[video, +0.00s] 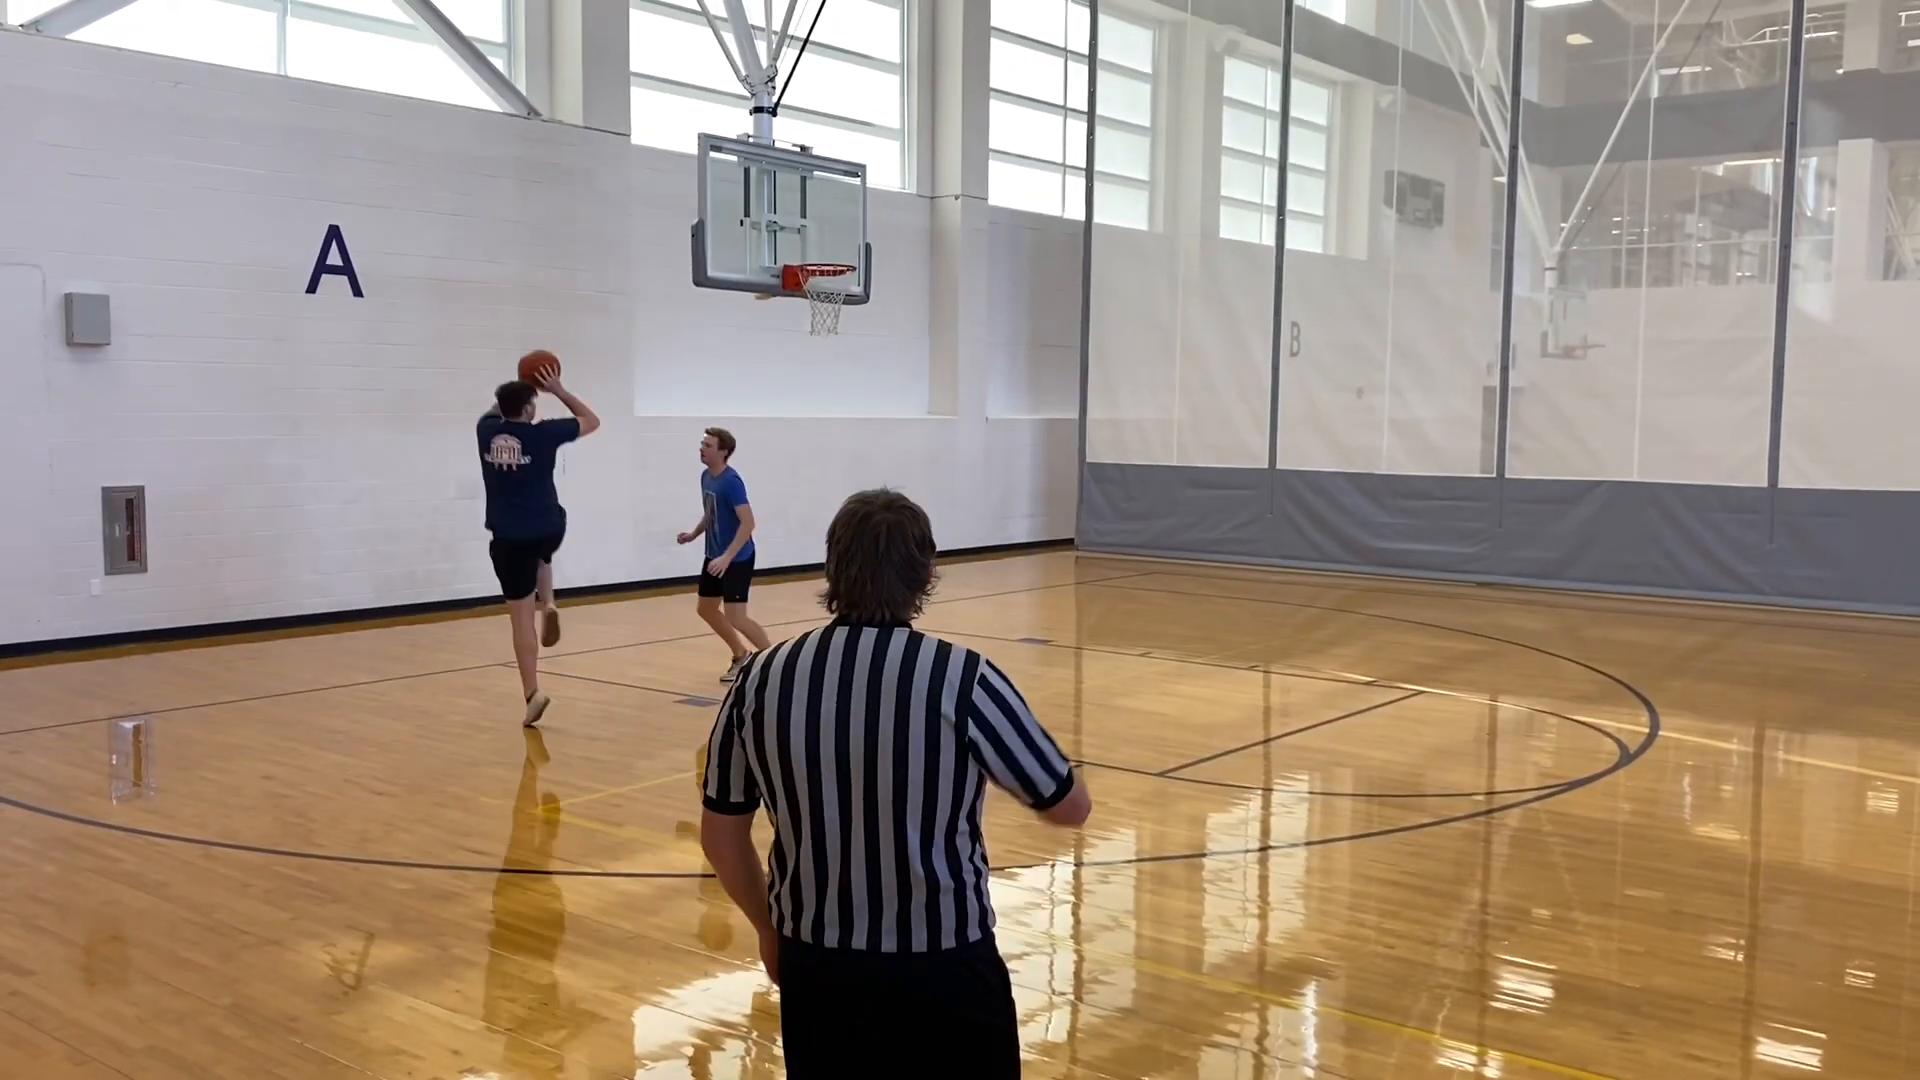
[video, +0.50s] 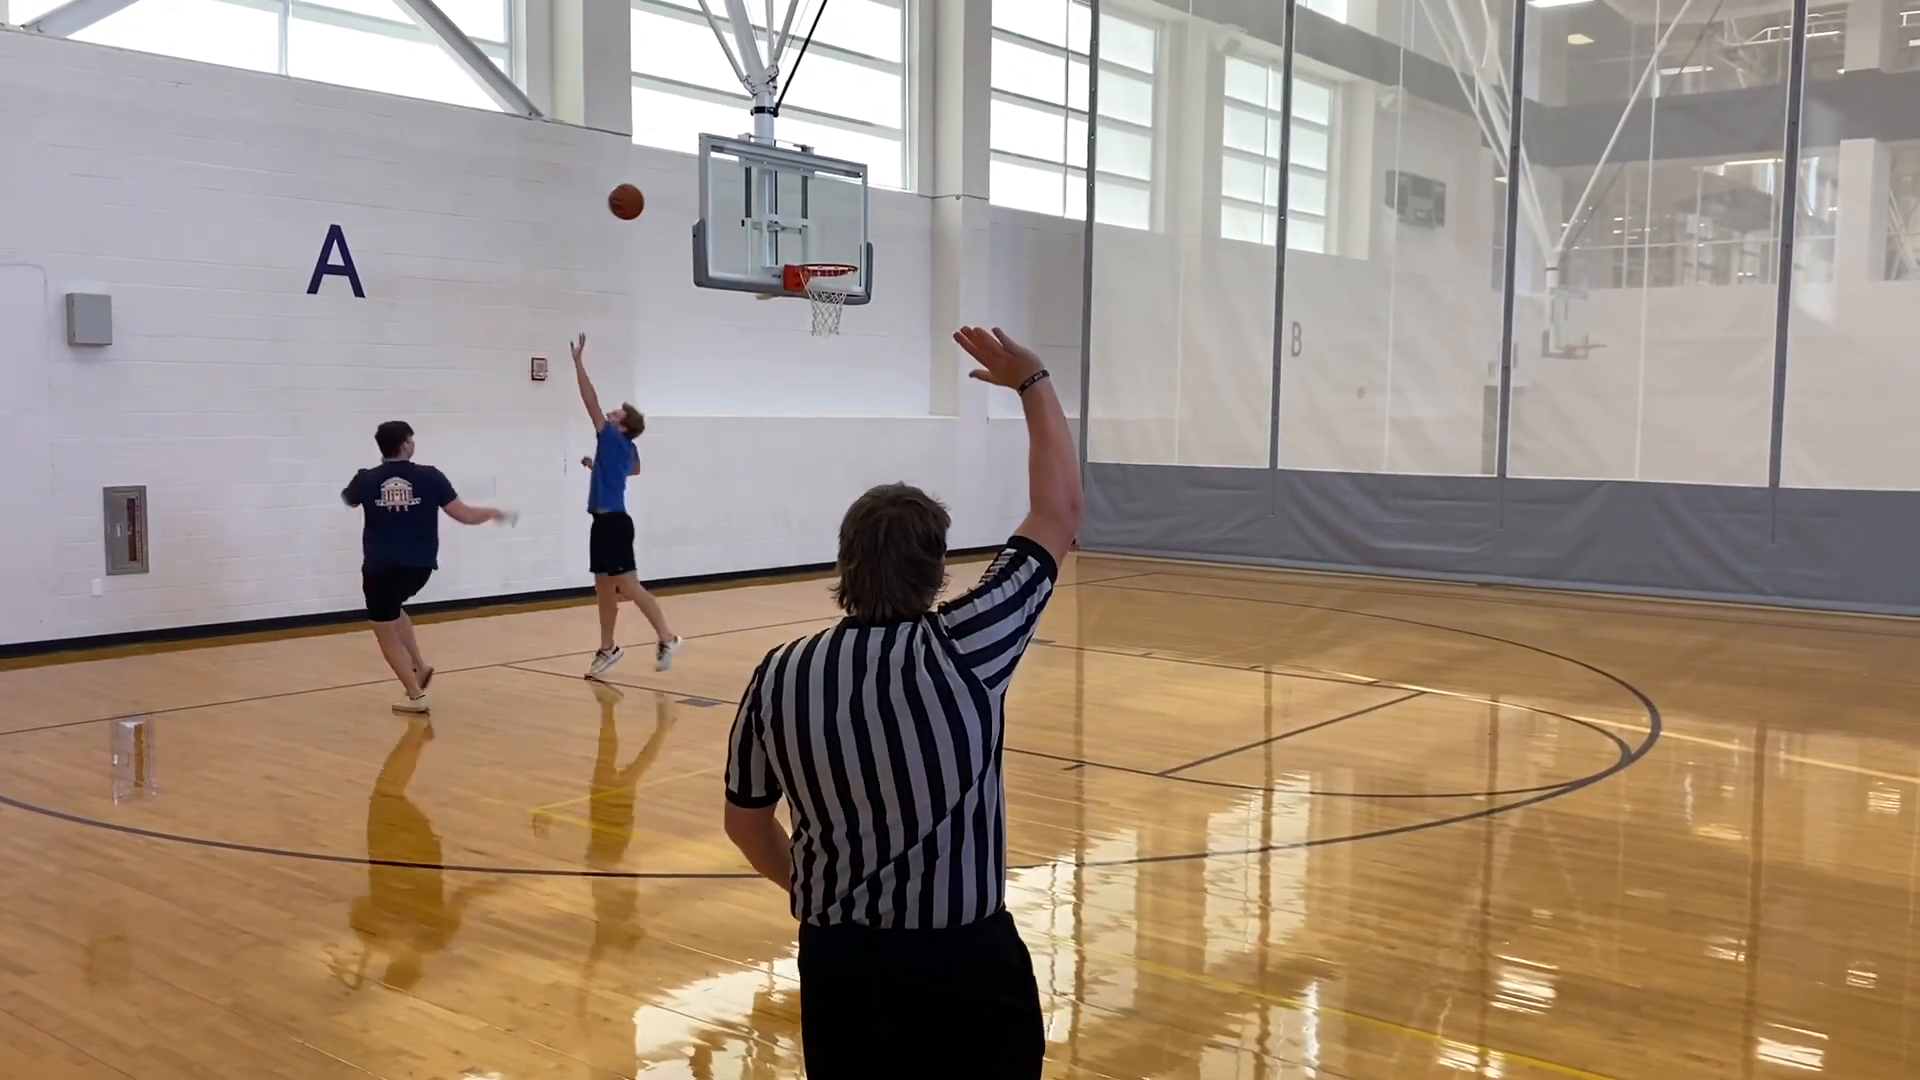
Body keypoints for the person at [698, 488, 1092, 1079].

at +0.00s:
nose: (930, 571)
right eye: (928, 560)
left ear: (832, 569)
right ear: (923, 574)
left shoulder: (760, 679)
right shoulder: (963, 677)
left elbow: (721, 833)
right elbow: (1070, 807)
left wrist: (767, 924)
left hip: (817, 980)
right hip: (949, 978)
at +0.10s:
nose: (931, 571)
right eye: (928, 559)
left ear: (832, 569)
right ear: (922, 572)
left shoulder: (762, 678)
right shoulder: (964, 671)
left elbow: (725, 832)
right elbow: (1101, 712)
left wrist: (775, 912)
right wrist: (1044, 632)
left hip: (820, 975)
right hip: (950, 972)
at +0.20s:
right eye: (925, 557)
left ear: (830, 565)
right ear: (923, 570)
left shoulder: (766, 676)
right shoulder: (962, 661)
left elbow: (728, 827)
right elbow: (1094, 605)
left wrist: (790, 904)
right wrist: (1044, 509)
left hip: (822, 970)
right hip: (952, 965)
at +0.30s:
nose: (927, 566)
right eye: (926, 555)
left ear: (834, 570)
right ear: (925, 570)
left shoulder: (767, 678)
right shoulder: (960, 653)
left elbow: (733, 825)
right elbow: (1073, 545)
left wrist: (791, 894)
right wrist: (1042, 424)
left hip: (827, 971)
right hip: (958, 969)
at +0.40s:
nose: (931, 568)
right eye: (931, 556)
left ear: (839, 569)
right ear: (931, 568)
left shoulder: (774, 675)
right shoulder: (960, 648)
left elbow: (738, 819)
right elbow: (1059, 523)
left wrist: (799, 887)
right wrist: (1036, 391)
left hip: (834, 973)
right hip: (965, 969)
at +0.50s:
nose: (936, 566)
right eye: (936, 553)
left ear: (846, 568)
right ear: (937, 568)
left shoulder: (779, 675)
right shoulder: (962, 650)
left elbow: (746, 818)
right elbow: (1057, 516)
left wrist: (807, 885)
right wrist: (1035, 383)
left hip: (839, 971)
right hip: (970, 966)